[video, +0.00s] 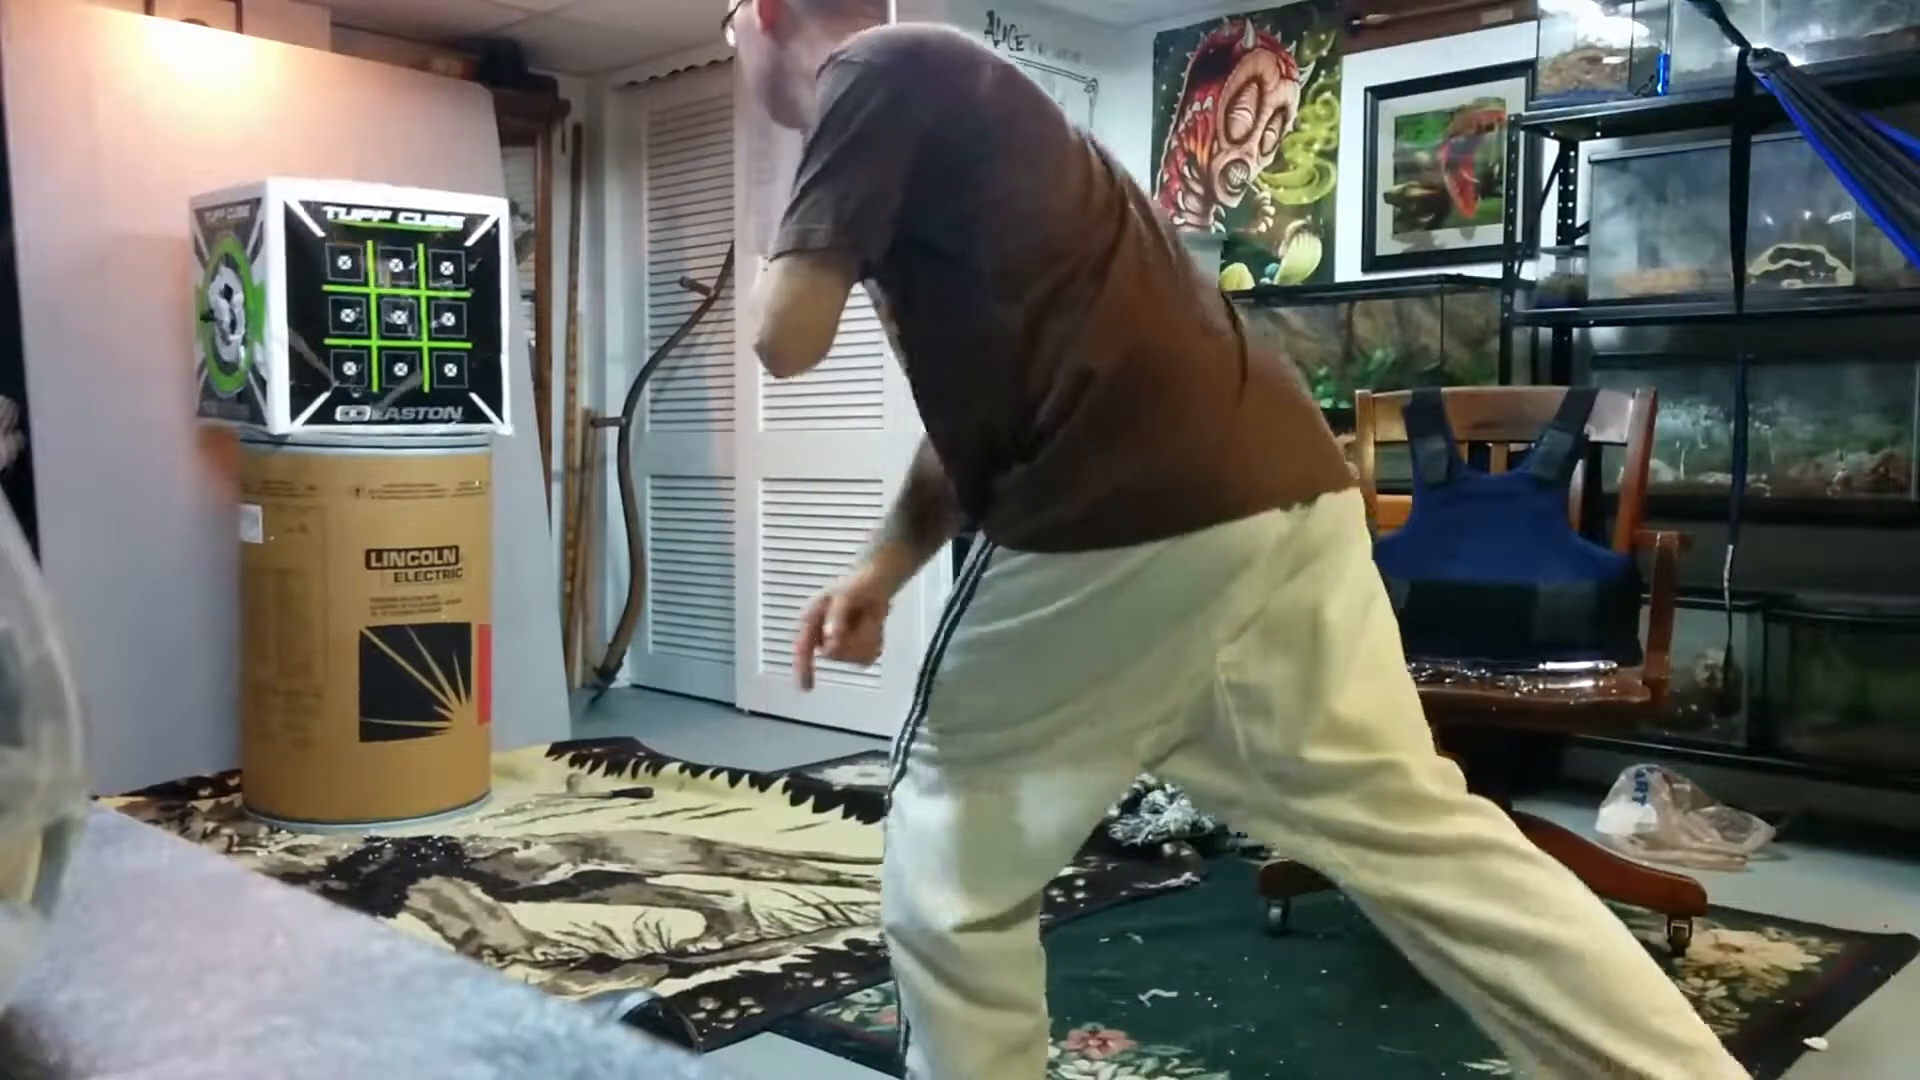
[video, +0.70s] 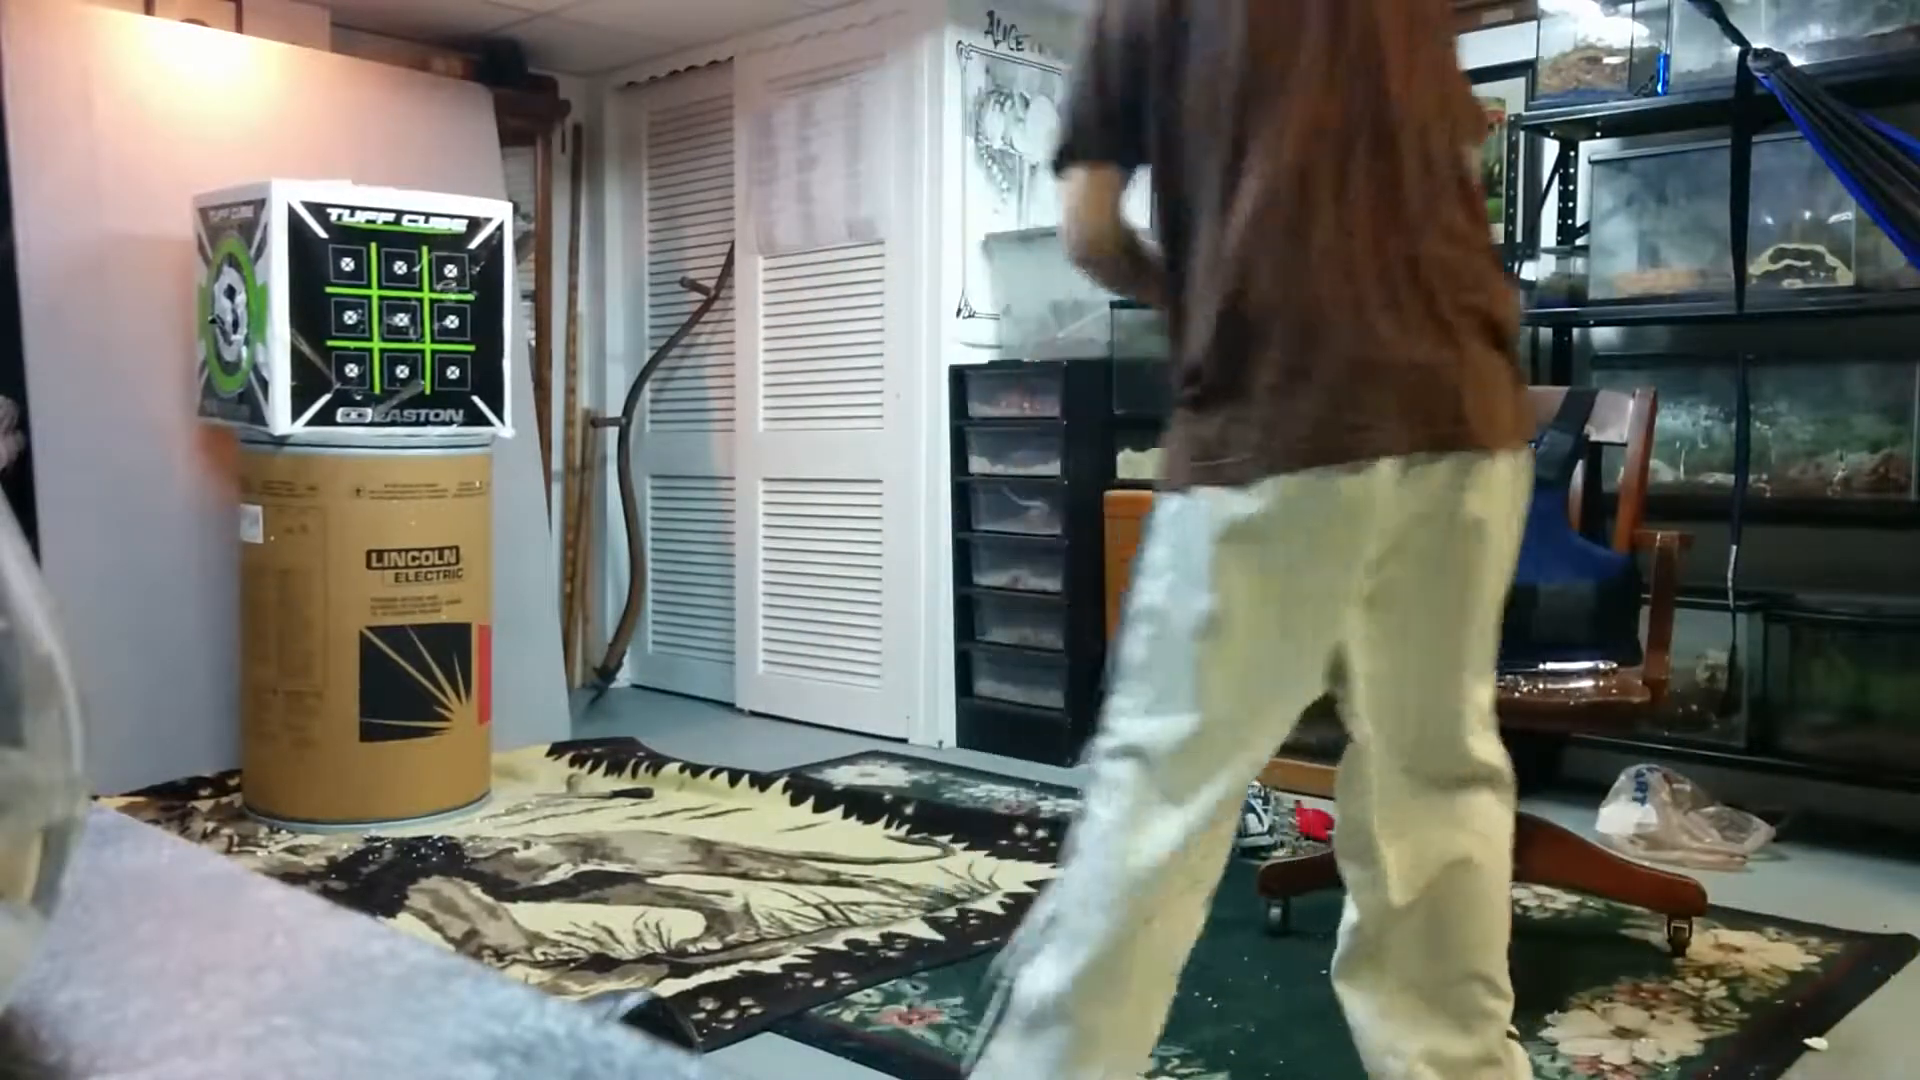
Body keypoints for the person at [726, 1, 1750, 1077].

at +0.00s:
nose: (746, 79)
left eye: (741, 48)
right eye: (743, 56)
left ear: (774, 18)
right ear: (867, 14)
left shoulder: (882, 71)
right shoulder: (1004, 120)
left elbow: (785, 341)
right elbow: (974, 409)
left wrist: (772, 256)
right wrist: (880, 570)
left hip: (1121, 494)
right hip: (1287, 464)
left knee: (955, 828)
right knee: (1412, 819)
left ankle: (992, 1065)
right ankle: (1693, 1068)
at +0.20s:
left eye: (840, 32)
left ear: (872, 10)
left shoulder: (889, 27)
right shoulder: (1085, 55)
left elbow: (809, 290)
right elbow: (1083, 325)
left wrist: (833, 175)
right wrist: (964, 519)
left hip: (1112, 430)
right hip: (1304, 402)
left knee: (1008, 804)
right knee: (1370, 766)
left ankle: (980, 1065)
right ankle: (1566, 1066)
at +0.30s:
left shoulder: (904, 16)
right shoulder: (1134, 19)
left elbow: (845, 250)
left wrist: (888, 112)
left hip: (1122, 410)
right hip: (1316, 386)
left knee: (1034, 787)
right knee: (1373, 758)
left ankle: (991, 1060)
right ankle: (1498, 1060)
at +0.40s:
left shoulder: (956, 10)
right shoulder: (1209, 7)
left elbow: (894, 229)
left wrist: (984, 106)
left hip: (1138, 393)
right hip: (1333, 374)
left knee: (1050, 790)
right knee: (1379, 771)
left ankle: (992, 1059)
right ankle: (1465, 1059)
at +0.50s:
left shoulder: (1022, 8)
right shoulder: (1292, 7)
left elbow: (955, 228)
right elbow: (1490, 6)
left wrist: (1041, 177)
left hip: (1167, 402)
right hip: (1363, 398)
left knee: (1070, 785)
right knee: (1383, 779)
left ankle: (999, 1055)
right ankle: (1444, 1057)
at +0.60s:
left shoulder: (1086, 9)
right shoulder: (1348, 13)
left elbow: (1025, 236)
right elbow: (1499, 2)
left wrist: (1135, 229)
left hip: (1220, 399)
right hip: (1412, 395)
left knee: (1112, 773)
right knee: (1410, 758)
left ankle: (1016, 1056)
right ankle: (1448, 1055)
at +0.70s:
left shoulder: (1151, 7)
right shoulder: (1414, 15)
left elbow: (1091, 231)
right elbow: (1474, 130)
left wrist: (1202, 290)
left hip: (1281, 399)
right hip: (1470, 394)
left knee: (1160, 786)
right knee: (1439, 768)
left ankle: (1045, 1062)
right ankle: (1459, 1059)